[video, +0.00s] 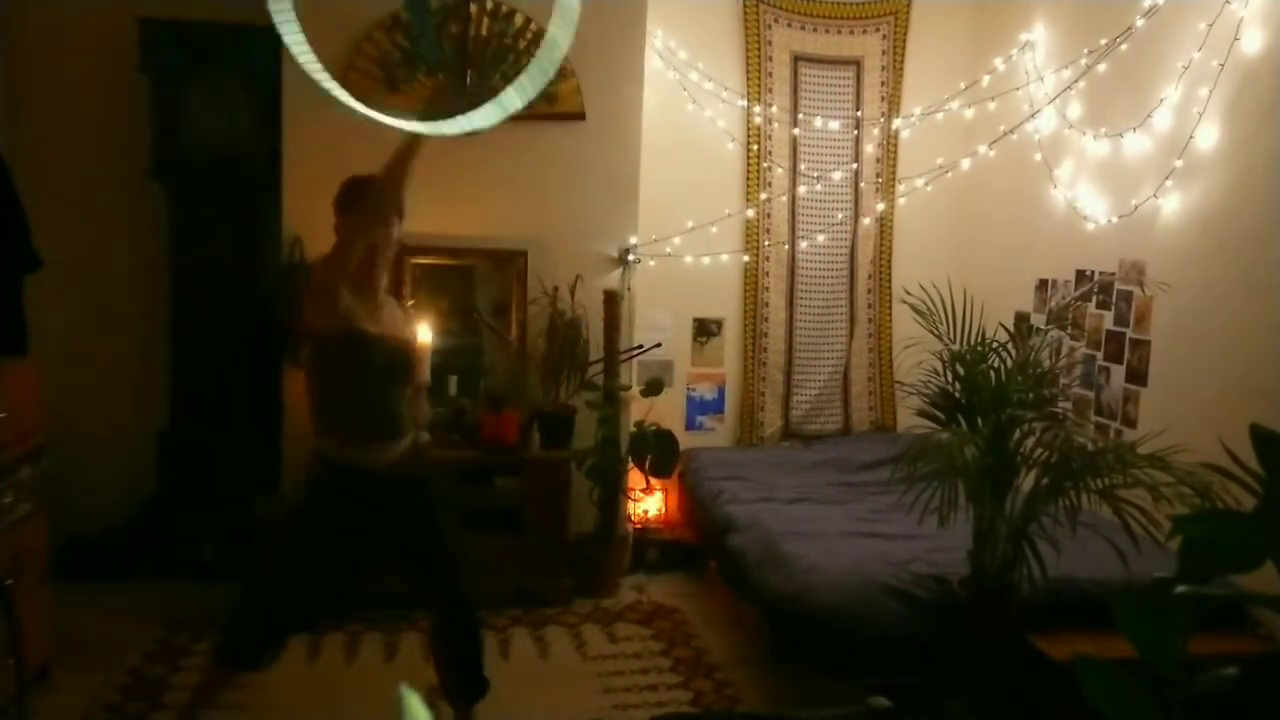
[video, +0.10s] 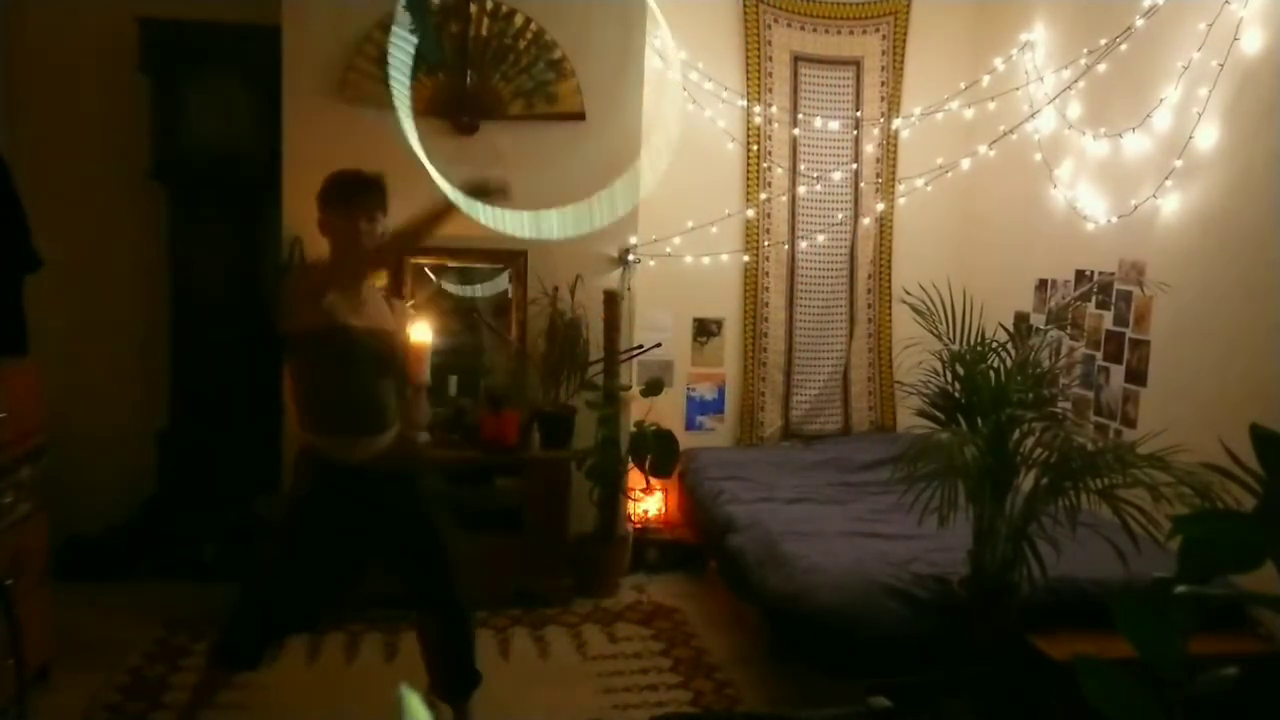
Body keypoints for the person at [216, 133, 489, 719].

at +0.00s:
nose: (386, 238)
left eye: (392, 223)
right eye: (375, 221)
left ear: (401, 231)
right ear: (345, 222)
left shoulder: (393, 308)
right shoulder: (319, 295)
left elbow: (409, 396)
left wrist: (419, 374)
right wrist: (414, 133)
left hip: (403, 475)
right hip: (339, 476)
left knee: (452, 593)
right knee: (281, 597)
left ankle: (465, 702)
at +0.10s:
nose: (366, 228)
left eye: (373, 217)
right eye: (353, 217)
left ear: (383, 223)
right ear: (325, 223)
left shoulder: (386, 304)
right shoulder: (304, 290)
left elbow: (411, 385)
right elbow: (392, 249)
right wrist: (455, 202)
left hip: (392, 469)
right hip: (323, 471)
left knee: (439, 590)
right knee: (275, 597)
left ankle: (457, 704)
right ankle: (199, 699)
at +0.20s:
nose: (354, 231)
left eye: (364, 218)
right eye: (341, 217)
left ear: (377, 226)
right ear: (316, 222)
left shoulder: (386, 306)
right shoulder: (297, 291)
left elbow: (411, 393)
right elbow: (342, 323)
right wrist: (405, 319)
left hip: (381, 467)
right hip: (312, 470)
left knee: (433, 583)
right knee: (278, 591)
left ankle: (454, 701)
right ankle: (212, 685)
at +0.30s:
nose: (361, 237)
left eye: (371, 224)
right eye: (347, 224)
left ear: (384, 232)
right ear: (323, 230)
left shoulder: (393, 315)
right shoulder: (300, 303)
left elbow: (408, 399)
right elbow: (341, 377)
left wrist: (418, 364)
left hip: (389, 475)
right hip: (320, 476)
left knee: (446, 611)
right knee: (266, 604)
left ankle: (461, 708)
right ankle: (198, 702)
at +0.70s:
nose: (446, 253)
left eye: (454, 239)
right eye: (433, 242)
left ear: (469, 243)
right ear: (409, 250)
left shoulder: (501, 316)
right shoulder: (403, 326)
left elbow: (529, 401)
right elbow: (379, 396)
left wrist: (551, 475)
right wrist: (395, 288)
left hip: (496, 479)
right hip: (432, 480)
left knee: (523, 620)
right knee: (429, 625)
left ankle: (485, 708)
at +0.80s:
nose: (468, 250)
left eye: (476, 236)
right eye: (456, 237)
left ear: (487, 242)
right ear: (433, 248)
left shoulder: (518, 314)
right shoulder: (424, 326)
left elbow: (561, 395)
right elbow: (415, 430)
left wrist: (612, 468)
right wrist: (477, 454)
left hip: (529, 478)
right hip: (464, 486)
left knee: (514, 623)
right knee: (526, 625)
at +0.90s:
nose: (477, 246)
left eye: (487, 231)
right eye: (464, 234)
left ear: (503, 232)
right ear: (445, 240)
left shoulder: (531, 303)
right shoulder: (442, 312)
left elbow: (579, 380)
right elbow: (459, 401)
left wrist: (631, 440)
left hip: (536, 465)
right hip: (474, 470)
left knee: (539, 588)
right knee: (501, 590)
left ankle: (515, 698)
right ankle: (500, 697)